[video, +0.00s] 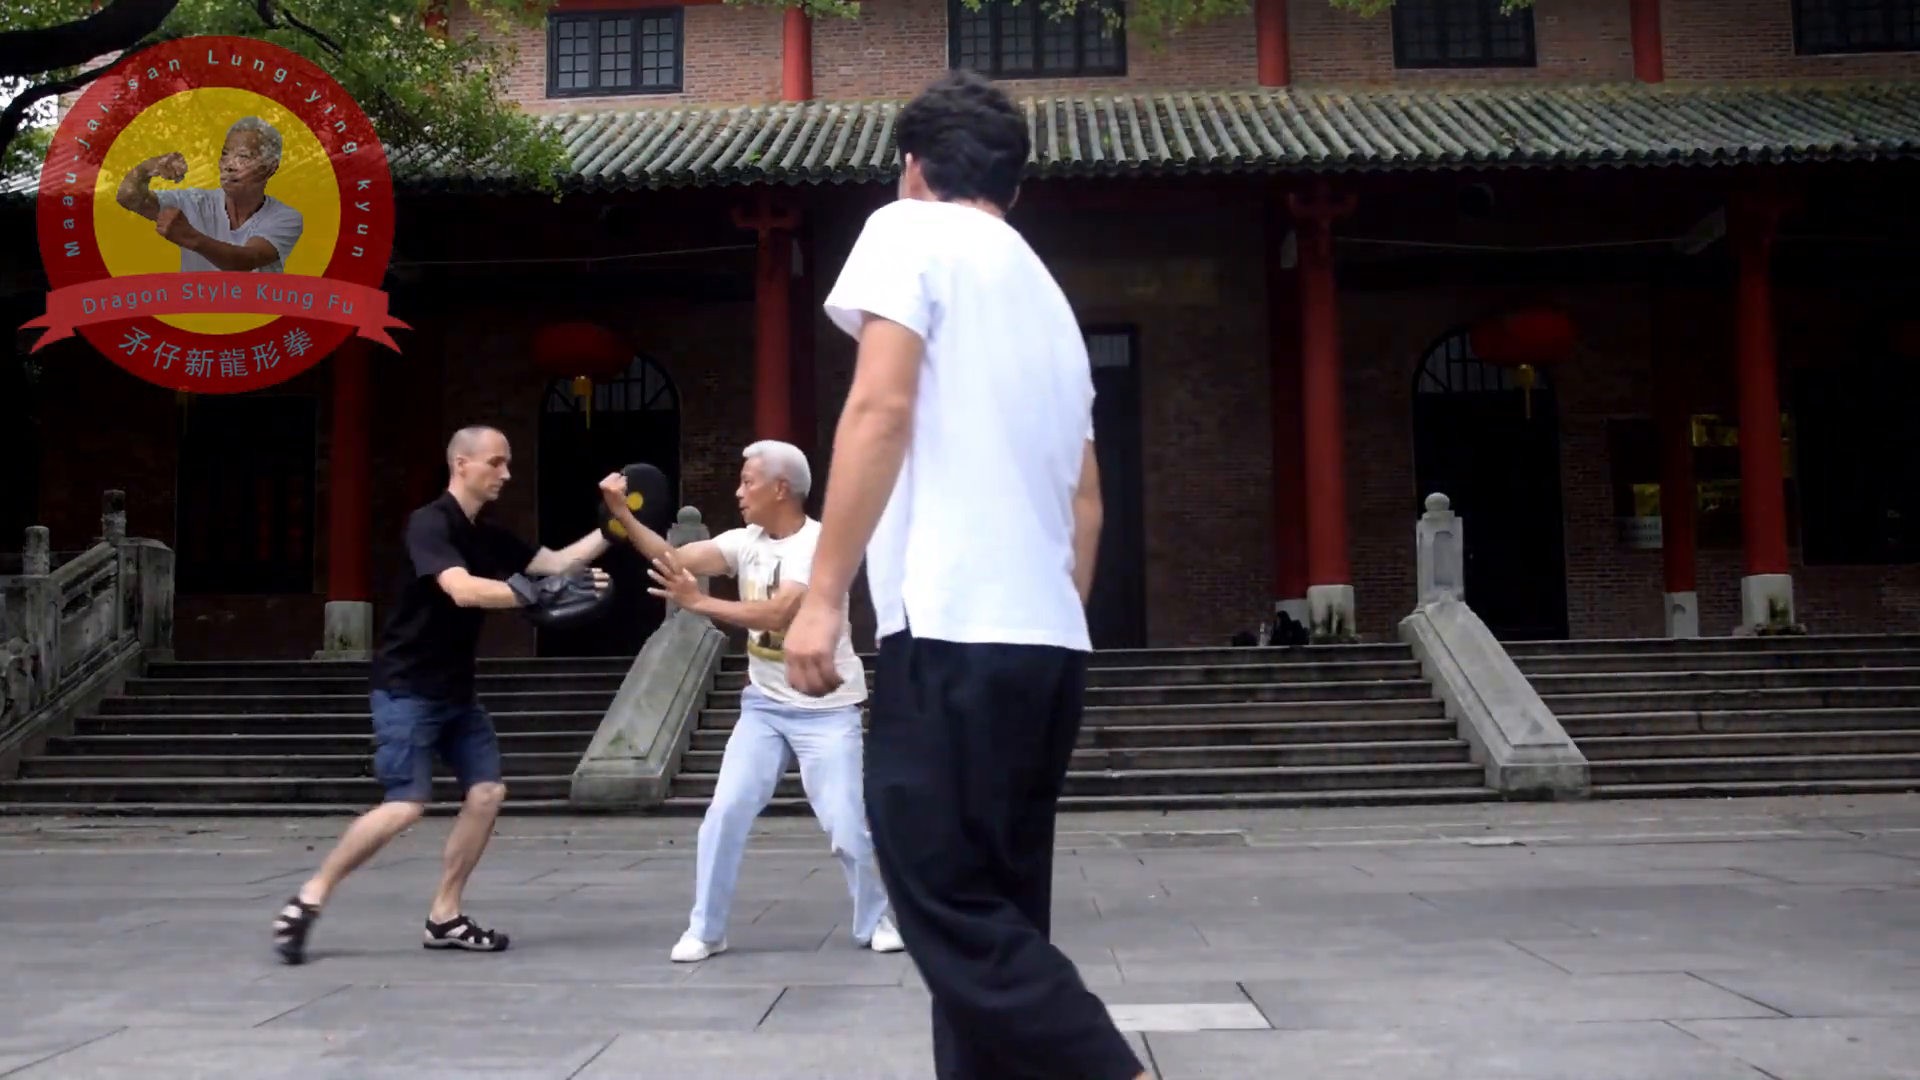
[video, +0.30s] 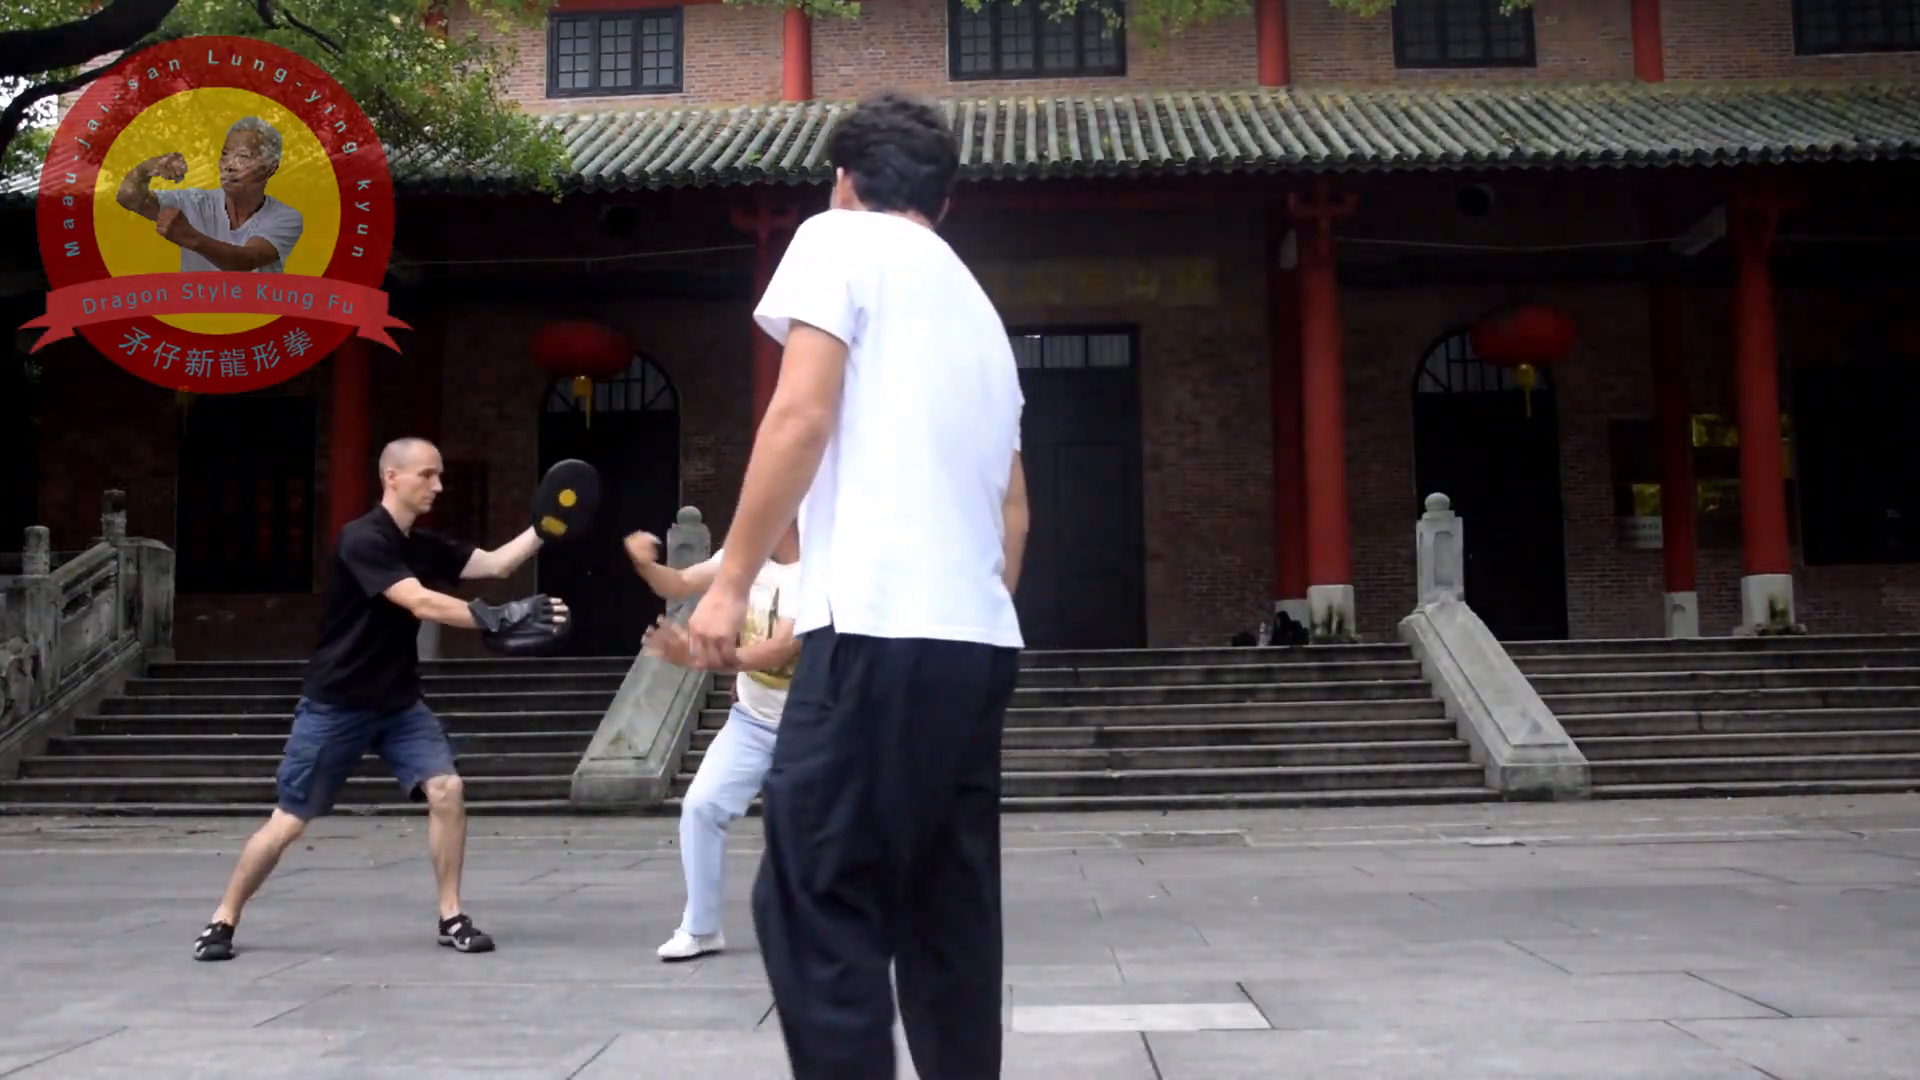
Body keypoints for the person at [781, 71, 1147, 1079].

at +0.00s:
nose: (896, 188)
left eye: (896, 176)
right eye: (898, 178)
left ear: (914, 173)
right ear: (1010, 184)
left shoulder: (911, 233)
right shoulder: (1051, 298)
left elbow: (881, 408)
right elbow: (1085, 500)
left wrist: (825, 594)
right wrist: (1050, 626)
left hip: (948, 641)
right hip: (1047, 648)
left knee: (944, 907)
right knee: (1003, 909)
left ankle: (1109, 1068)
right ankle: (982, 1075)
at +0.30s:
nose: (824, 199)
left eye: (825, 188)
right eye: (828, 188)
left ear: (846, 184)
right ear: (941, 199)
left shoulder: (841, 239)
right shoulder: (981, 316)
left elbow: (801, 414)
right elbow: (1013, 511)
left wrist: (730, 582)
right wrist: (977, 630)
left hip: (881, 635)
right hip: (978, 644)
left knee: (810, 900)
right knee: (953, 912)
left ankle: (849, 1067)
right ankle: (964, 1071)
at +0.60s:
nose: (738, 203)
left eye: (738, 190)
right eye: (743, 191)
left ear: (755, 192)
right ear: (853, 207)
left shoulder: (735, 257)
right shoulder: (896, 317)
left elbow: (710, 426)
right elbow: (936, 504)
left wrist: (668, 618)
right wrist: (922, 652)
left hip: (783, 649)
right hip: (894, 655)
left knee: (690, 920)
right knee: (911, 922)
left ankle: (638, 1067)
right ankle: (942, 1074)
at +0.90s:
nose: (584, 177)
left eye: (588, 165)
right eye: (589, 164)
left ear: (603, 173)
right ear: (706, 190)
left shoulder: (574, 253)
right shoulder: (755, 304)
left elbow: (537, 442)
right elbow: (804, 497)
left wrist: (487, 630)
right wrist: (795, 654)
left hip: (614, 659)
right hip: (739, 660)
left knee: (572, 917)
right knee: (789, 892)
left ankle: (565, 1073)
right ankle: (878, 1066)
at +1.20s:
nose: (468, 169)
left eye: (468, 156)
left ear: (480, 163)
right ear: (590, 168)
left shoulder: (450, 251)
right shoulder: (652, 288)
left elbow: (394, 450)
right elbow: (707, 475)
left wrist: (336, 633)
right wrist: (697, 634)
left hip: (520, 656)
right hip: (647, 656)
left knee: (507, 932)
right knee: (610, 919)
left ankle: (537, 1074)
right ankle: (618, 1073)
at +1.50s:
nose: (396, 194)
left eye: (397, 181)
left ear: (402, 186)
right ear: (515, 193)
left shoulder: (385, 273)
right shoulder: (576, 320)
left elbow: (330, 456)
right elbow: (628, 489)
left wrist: (284, 649)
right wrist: (635, 654)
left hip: (434, 672)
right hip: (556, 673)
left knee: (474, 943)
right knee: (453, 932)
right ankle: (404, 1065)